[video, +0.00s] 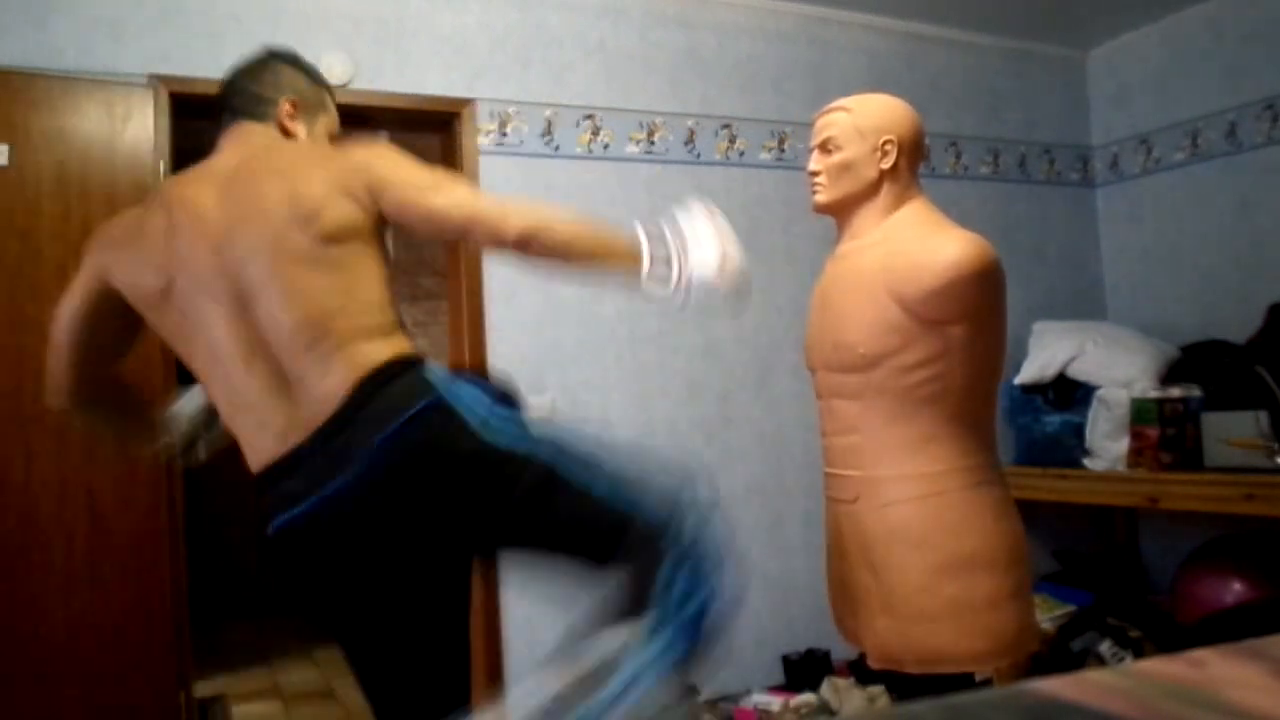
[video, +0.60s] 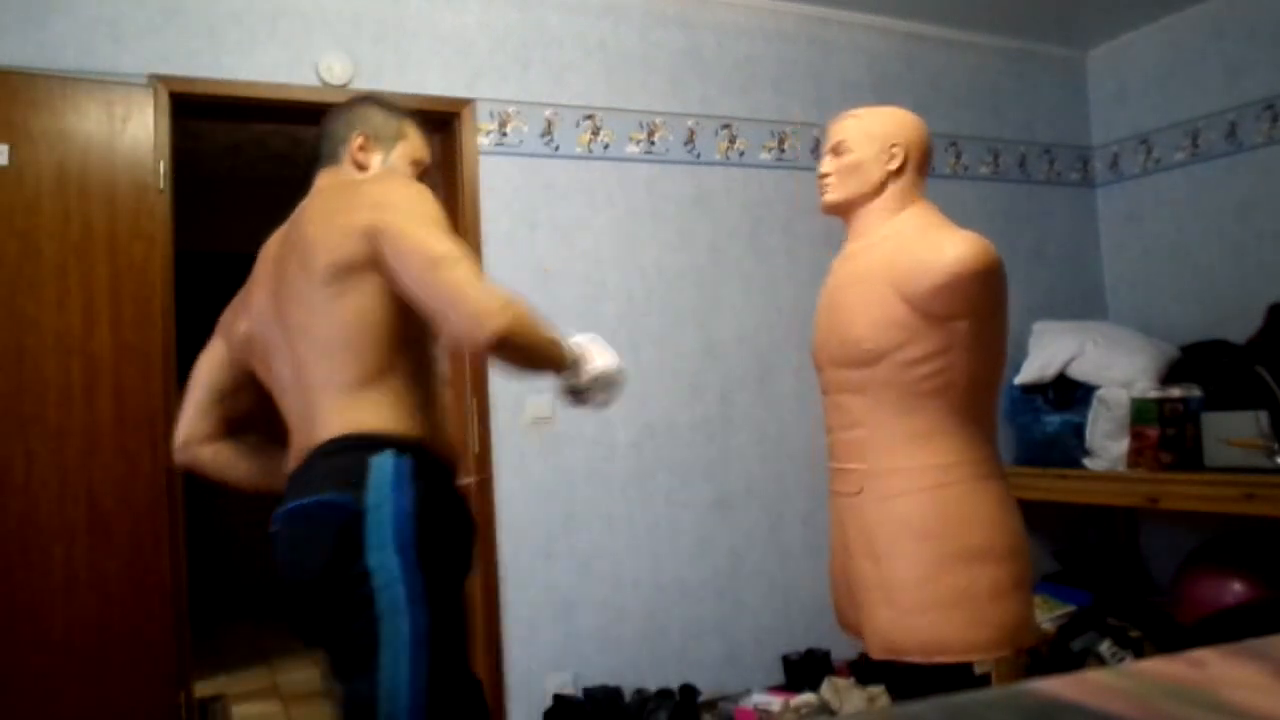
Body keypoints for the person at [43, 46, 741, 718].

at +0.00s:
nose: (331, 142)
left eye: (331, 127)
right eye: (329, 125)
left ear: (231, 119)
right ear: (290, 115)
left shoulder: (127, 239)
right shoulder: (335, 165)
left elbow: (70, 390)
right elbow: (512, 230)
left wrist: (162, 433)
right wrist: (657, 254)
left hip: (312, 518)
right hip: (422, 439)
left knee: (416, 706)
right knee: (662, 530)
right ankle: (646, 692)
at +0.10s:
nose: (348, 203)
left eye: (340, 190)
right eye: (344, 188)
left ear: (248, 176)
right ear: (305, 170)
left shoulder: (159, 288)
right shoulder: (357, 209)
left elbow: (232, 406)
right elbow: (450, 309)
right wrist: (566, 396)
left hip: (381, 538)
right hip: (473, 435)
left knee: (442, 716)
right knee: (682, 403)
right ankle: (895, 393)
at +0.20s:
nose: (350, 224)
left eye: (345, 213)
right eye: (343, 209)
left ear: (258, 215)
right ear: (300, 201)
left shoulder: (198, 348)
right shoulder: (326, 221)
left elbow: (293, 458)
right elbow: (403, 316)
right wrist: (548, 404)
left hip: (379, 547)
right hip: (458, 453)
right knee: (718, 452)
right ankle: (965, 452)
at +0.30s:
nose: (358, 226)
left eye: (351, 221)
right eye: (351, 217)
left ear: (266, 240)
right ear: (327, 214)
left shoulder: (220, 374)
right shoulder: (333, 225)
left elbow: (299, 525)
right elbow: (425, 291)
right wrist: (573, 350)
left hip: (378, 543)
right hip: (466, 455)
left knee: (455, 716)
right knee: (700, 556)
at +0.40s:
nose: (360, 213)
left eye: (359, 207)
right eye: (357, 204)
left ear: (289, 220)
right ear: (328, 203)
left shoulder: (227, 355)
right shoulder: (363, 220)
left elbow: (238, 517)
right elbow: (480, 265)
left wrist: (350, 499)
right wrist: (616, 329)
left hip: (360, 532)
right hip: (462, 456)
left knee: (444, 713)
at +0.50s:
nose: (395, 207)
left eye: (396, 196)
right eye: (391, 194)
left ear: (324, 184)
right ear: (345, 178)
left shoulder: (239, 321)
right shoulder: (378, 204)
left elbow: (191, 477)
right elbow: (518, 280)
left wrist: (314, 504)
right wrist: (619, 339)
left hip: (335, 517)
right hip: (429, 467)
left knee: (424, 703)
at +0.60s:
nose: (420, 186)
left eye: (421, 172)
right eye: (414, 169)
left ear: (354, 157)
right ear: (362, 153)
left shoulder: (263, 277)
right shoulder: (380, 200)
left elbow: (195, 440)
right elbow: (484, 322)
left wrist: (312, 472)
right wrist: (569, 359)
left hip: (311, 502)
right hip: (381, 490)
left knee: (442, 696)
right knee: (408, 702)